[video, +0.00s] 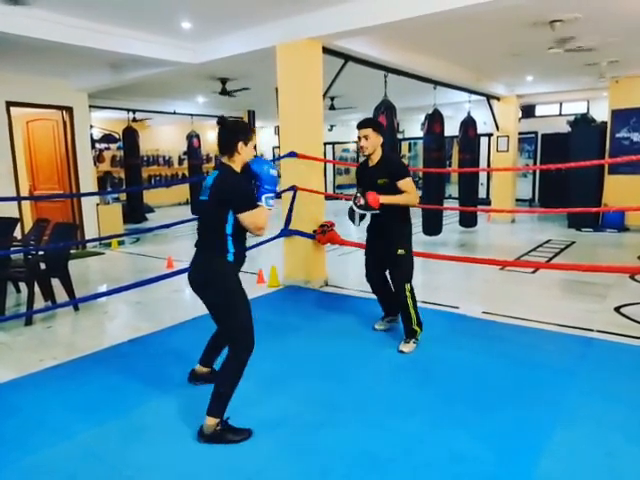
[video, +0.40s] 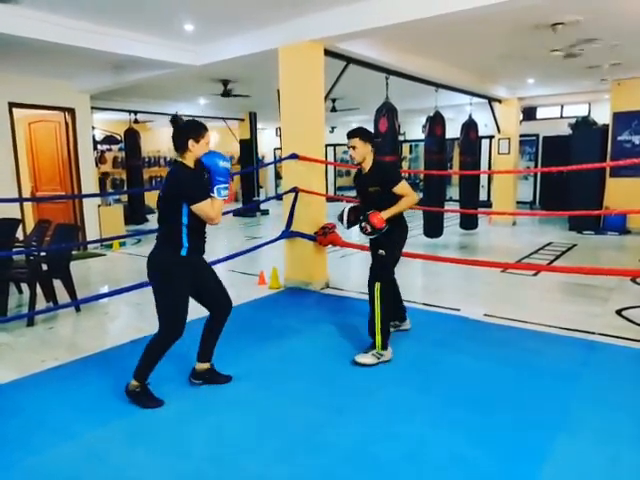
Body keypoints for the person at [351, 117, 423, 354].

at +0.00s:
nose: (361, 143)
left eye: (366, 138)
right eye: (359, 139)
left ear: (380, 138)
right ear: (359, 141)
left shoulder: (393, 164)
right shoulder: (362, 169)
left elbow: (413, 197)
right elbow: (364, 197)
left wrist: (380, 199)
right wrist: (359, 203)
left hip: (398, 227)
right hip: (377, 226)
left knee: (400, 280)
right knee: (374, 274)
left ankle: (412, 333)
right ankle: (391, 313)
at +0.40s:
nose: (350, 152)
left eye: (354, 147)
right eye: (349, 148)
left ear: (368, 145)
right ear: (354, 149)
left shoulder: (385, 170)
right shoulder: (359, 176)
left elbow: (412, 197)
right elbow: (369, 202)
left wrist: (384, 214)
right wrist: (356, 213)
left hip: (394, 228)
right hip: (377, 229)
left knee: (376, 282)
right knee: (383, 274)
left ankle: (381, 347)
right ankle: (399, 317)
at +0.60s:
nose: (342, 160)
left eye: (345, 155)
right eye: (340, 156)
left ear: (362, 153)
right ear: (351, 156)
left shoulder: (373, 180)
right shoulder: (359, 180)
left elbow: (382, 220)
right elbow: (363, 212)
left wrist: (348, 221)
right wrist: (339, 219)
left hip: (390, 239)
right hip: (381, 237)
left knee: (366, 293)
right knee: (381, 280)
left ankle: (376, 354)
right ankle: (401, 322)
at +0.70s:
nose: (344, 157)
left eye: (347, 151)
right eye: (343, 152)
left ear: (363, 150)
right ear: (359, 152)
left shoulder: (375, 174)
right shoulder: (361, 175)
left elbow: (361, 212)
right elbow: (347, 207)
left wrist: (333, 189)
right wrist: (327, 193)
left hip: (390, 237)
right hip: (382, 235)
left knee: (366, 293)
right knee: (379, 283)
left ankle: (376, 355)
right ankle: (406, 326)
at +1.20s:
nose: (351, 151)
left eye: (354, 146)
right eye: (350, 147)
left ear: (369, 145)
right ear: (369, 146)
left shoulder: (372, 170)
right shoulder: (380, 168)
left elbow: (340, 189)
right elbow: (349, 188)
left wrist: (329, 160)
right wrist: (337, 166)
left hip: (384, 240)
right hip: (397, 238)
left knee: (360, 297)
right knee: (397, 292)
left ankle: (366, 360)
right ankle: (414, 343)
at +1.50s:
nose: (349, 150)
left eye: (351, 145)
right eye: (349, 145)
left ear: (365, 144)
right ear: (364, 145)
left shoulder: (378, 171)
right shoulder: (363, 170)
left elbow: (354, 201)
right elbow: (329, 182)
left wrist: (338, 175)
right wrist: (305, 167)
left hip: (384, 243)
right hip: (385, 241)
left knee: (365, 303)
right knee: (393, 296)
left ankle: (367, 365)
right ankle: (424, 345)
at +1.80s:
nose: (359, 149)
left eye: (361, 144)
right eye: (359, 145)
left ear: (374, 144)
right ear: (377, 145)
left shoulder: (382, 173)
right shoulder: (386, 170)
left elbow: (355, 205)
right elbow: (357, 200)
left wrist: (348, 172)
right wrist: (342, 176)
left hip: (385, 245)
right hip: (396, 242)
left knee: (364, 304)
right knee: (401, 297)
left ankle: (368, 366)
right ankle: (430, 349)